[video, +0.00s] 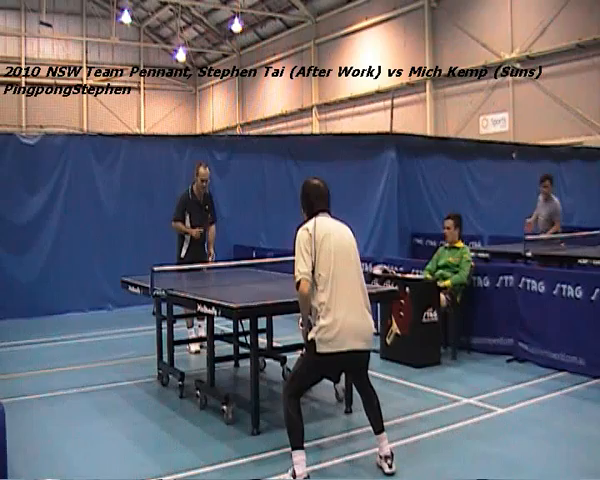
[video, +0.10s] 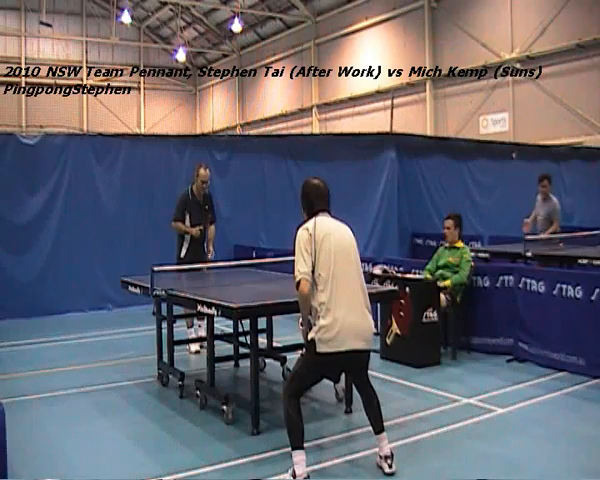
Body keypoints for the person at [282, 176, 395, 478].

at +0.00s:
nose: (301, 206)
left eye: (302, 201)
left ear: (304, 203)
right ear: (328, 202)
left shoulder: (307, 232)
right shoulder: (346, 230)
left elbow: (304, 287)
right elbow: (355, 278)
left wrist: (305, 318)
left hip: (331, 337)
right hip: (363, 333)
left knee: (291, 392)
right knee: (362, 381)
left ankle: (299, 467)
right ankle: (385, 450)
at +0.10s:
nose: (302, 206)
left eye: (302, 201)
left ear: (304, 203)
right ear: (328, 202)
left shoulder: (307, 232)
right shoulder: (346, 230)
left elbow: (303, 287)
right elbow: (355, 278)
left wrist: (305, 317)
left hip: (331, 336)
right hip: (363, 333)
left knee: (291, 393)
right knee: (362, 381)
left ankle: (299, 467)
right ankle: (385, 450)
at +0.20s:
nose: (302, 204)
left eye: (302, 199)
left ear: (304, 202)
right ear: (328, 200)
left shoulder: (306, 231)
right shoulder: (346, 229)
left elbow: (303, 286)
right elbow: (355, 278)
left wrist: (306, 316)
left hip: (330, 336)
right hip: (362, 333)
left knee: (291, 392)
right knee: (362, 381)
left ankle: (299, 467)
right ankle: (385, 451)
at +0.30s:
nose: (302, 203)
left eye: (302, 198)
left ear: (304, 201)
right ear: (328, 199)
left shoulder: (307, 229)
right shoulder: (346, 228)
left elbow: (303, 284)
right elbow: (354, 276)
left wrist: (303, 314)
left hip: (330, 335)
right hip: (362, 332)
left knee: (292, 392)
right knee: (362, 381)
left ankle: (299, 466)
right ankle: (385, 450)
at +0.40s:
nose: (302, 199)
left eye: (302, 195)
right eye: (307, 194)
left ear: (304, 197)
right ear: (328, 196)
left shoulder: (307, 224)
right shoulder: (346, 224)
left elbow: (303, 278)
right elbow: (355, 272)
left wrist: (304, 312)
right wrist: (327, 304)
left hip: (329, 331)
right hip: (362, 328)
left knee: (293, 391)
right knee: (363, 380)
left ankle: (299, 466)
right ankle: (385, 450)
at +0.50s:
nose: (301, 196)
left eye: (302, 192)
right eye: (305, 191)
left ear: (305, 194)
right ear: (329, 192)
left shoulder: (306, 221)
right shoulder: (346, 221)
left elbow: (303, 275)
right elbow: (355, 269)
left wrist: (303, 307)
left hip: (329, 327)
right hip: (362, 324)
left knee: (294, 391)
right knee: (363, 379)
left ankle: (299, 466)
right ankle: (386, 451)